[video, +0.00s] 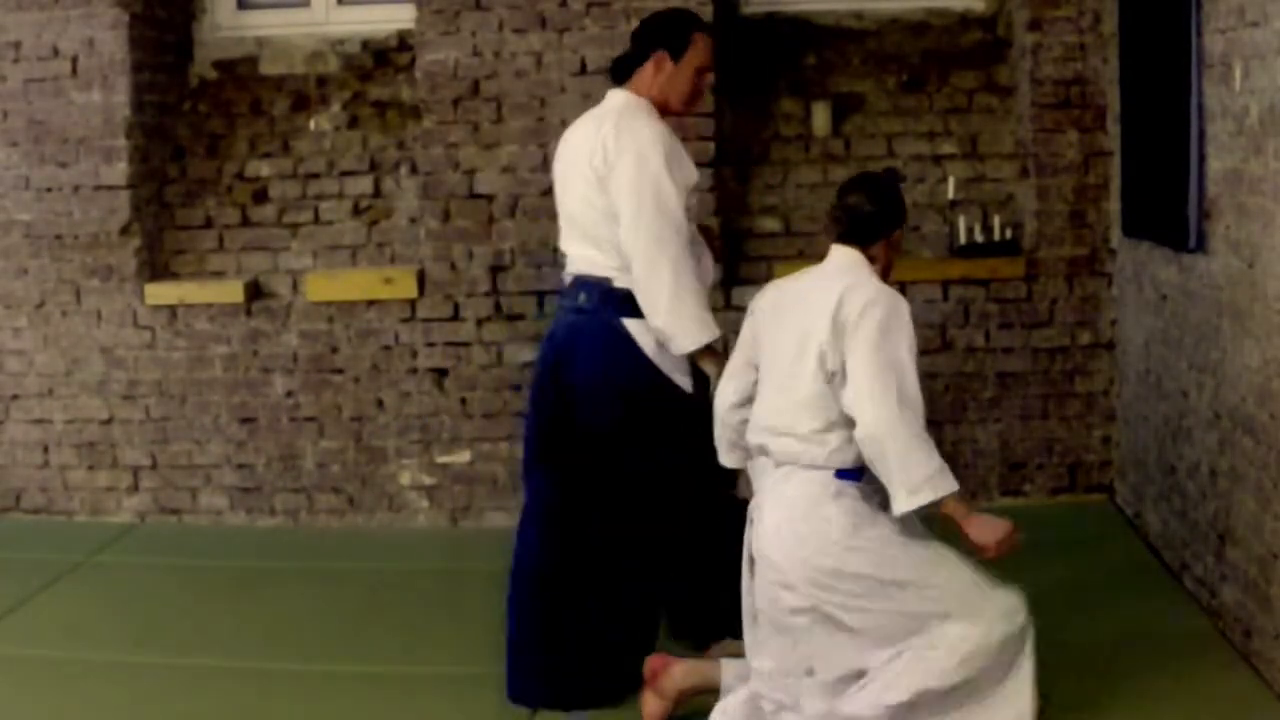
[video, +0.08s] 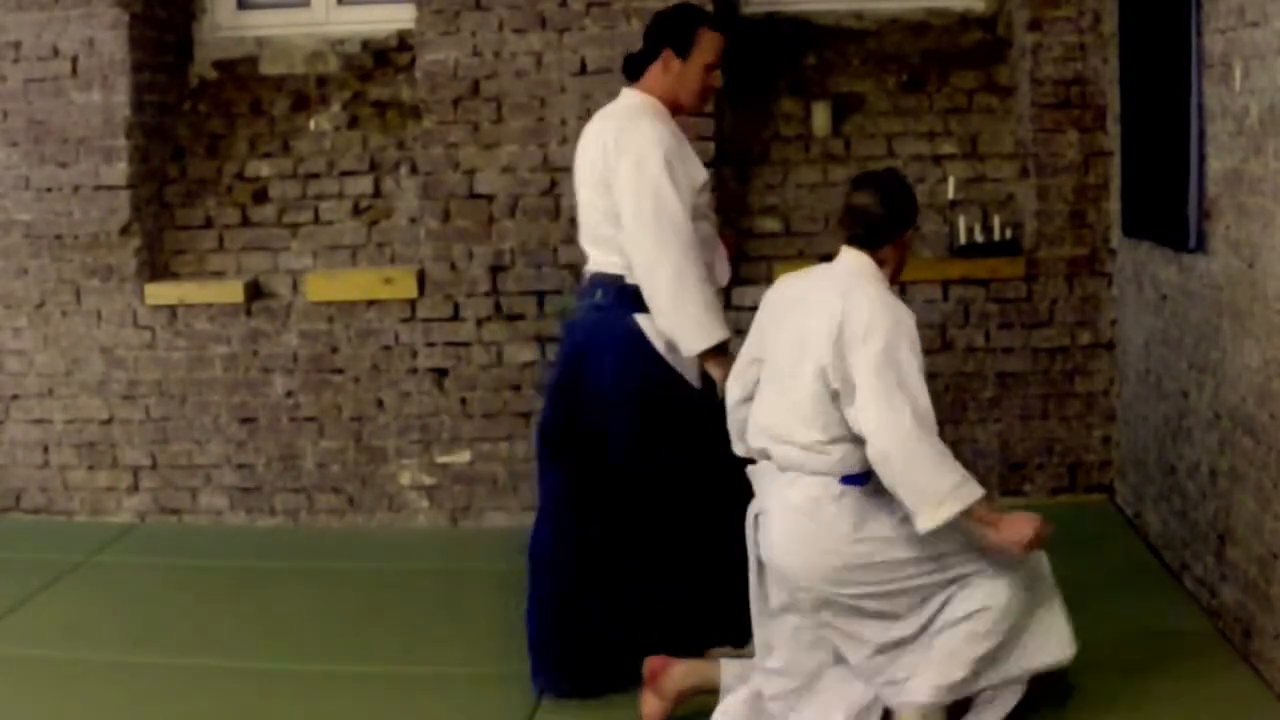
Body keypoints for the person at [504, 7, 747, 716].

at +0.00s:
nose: (705, 88)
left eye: (708, 74)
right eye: (699, 72)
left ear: (649, 66)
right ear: (659, 63)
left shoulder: (582, 128)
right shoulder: (640, 132)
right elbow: (657, 250)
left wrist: (686, 246)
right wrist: (714, 354)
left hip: (576, 331)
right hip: (629, 335)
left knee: (575, 510)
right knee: (669, 496)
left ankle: (567, 674)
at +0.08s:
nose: (717, 82)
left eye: (719, 68)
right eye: (709, 66)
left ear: (662, 63)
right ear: (669, 60)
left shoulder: (611, 122)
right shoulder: (645, 131)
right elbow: (664, 252)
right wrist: (720, 356)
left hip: (603, 325)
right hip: (641, 333)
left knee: (605, 501)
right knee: (661, 497)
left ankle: (596, 659)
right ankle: (666, 656)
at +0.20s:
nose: (728, 79)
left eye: (730, 66)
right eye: (719, 64)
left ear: (679, 63)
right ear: (676, 59)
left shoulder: (653, 121)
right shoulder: (655, 130)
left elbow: (676, 239)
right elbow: (670, 247)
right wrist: (717, 349)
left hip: (650, 316)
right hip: (665, 323)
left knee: (635, 477)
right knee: (674, 482)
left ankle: (604, 628)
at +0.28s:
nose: (731, 76)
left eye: (735, 63)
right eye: (721, 62)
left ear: (692, 62)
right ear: (677, 58)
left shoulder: (688, 123)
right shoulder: (656, 130)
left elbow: (707, 218)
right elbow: (668, 243)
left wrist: (750, 254)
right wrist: (711, 346)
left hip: (706, 308)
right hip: (674, 318)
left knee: (703, 471)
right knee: (683, 474)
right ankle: (679, 624)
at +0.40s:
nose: (738, 67)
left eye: (742, 54)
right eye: (728, 53)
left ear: (710, 55)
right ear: (688, 51)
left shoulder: (716, 126)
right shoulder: (658, 131)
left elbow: (740, 216)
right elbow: (664, 242)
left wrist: (770, 253)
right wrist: (699, 340)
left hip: (737, 297)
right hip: (685, 306)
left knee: (740, 466)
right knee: (693, 472)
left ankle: (736, 611)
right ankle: (688, 622)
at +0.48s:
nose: (737, 61)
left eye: (741, 48)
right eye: (725, 48)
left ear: (736, 53)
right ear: (687, 50)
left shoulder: (734, 128)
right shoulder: (658, 129)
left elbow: (755, 220)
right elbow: (657, 234)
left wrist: (777, 307)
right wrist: (687, 331)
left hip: (744, 310)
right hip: (686, 315)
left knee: (749, 477)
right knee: (693, 485)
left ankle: (751, 624)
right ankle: (699, 639)